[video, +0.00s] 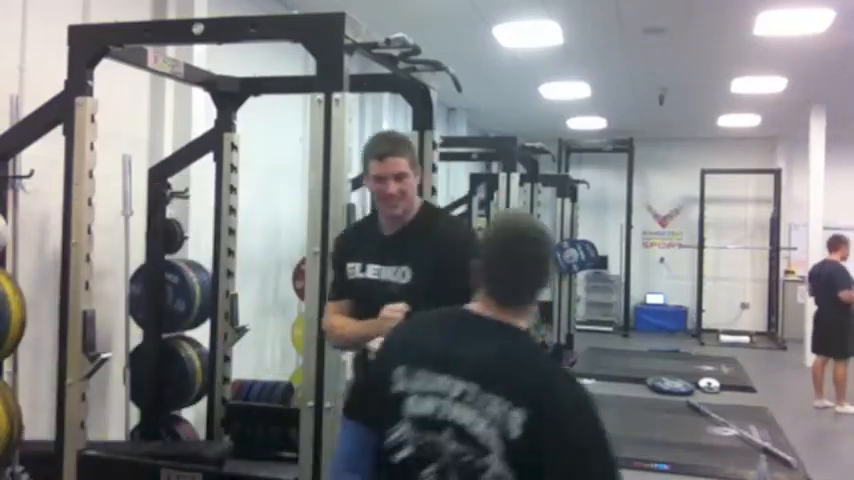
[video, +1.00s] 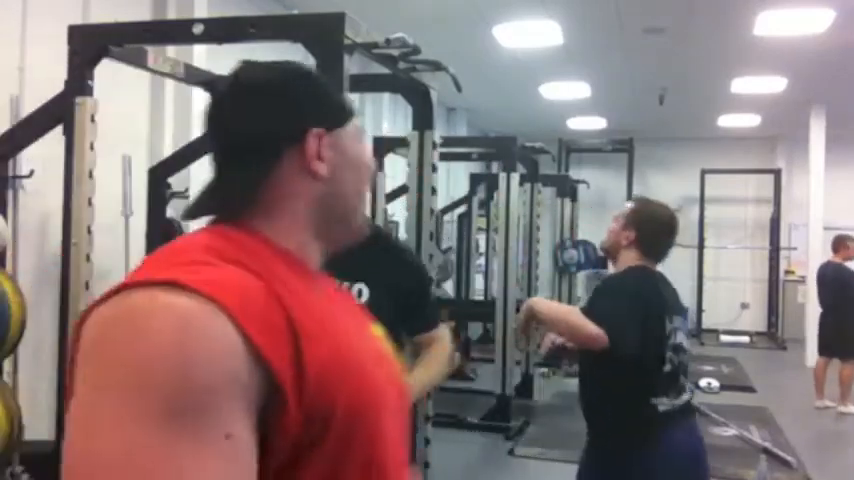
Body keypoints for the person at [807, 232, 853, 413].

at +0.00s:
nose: (848, 253)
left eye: (848, 249)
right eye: (847, 249)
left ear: (830, 248)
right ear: (841, 249)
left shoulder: (816, 268)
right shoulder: (839, 270)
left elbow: (812, 292)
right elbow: (845, 295)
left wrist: (830, 296)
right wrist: (853, 296)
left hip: (822, 316)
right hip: (840, 318)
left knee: (821, 357)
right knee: (841, 361)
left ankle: (818, 397)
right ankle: (841, 401)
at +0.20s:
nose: (848, 251)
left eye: (848, 248)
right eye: (847, 248)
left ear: (829, 248)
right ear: (841, 248)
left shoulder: (816, 268)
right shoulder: (843, 271)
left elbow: (813, 293)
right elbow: (848, 297)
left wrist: (829, 296)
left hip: (821, 316)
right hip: (841, 319)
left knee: (821, 357)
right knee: (841, 361)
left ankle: (818, 397)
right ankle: (841, 402)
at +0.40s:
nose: (850, 253)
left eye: (850, 249)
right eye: (849, 249)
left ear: (831, 248)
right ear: (842, 249)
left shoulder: (816, 269)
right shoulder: (846, 273)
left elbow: (815, 294)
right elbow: (850, 298)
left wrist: (832, 301)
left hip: (821, 316)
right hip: (841, 319)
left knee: (821, 357)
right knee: (841, 361)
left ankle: (818, 397)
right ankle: (841, 401)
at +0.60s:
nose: (850, 252)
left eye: (850, 248)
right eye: (849, 248)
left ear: (830, 248)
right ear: (841, 249)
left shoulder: (818, 270)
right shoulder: (846, 273)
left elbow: (818, 298)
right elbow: (850, 298)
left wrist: (827, 310)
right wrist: (846, 313)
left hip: (822, 317)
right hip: (843, 320)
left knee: (821, 357)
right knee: (842, 361)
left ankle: (818, 397)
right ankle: (841, 401)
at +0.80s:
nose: (851, 251)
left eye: (851, 248)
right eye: (849, 248)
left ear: (832, 248)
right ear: (841, 248)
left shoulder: (820, 269)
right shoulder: (847, 273)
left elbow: (819, 298)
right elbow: (850, 299)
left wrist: (828, 311)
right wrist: (847, 315)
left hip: (824, 318)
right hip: (843, 320)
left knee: (821, 357)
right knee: (843, 361)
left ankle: (819, 398)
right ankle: (842, 401)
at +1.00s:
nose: (853, 252)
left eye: (852, 248)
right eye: (851, 248)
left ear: (838, 248)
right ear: (843, 248)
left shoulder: (823, 269)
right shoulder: (847, 273)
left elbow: (822, 298)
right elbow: (849, 300)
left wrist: (831, 311)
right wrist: (847, 315)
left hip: (827, 318)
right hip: (845, 321)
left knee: (824, 357)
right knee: (847, 361)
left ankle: (820, 398)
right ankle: (845, 402)